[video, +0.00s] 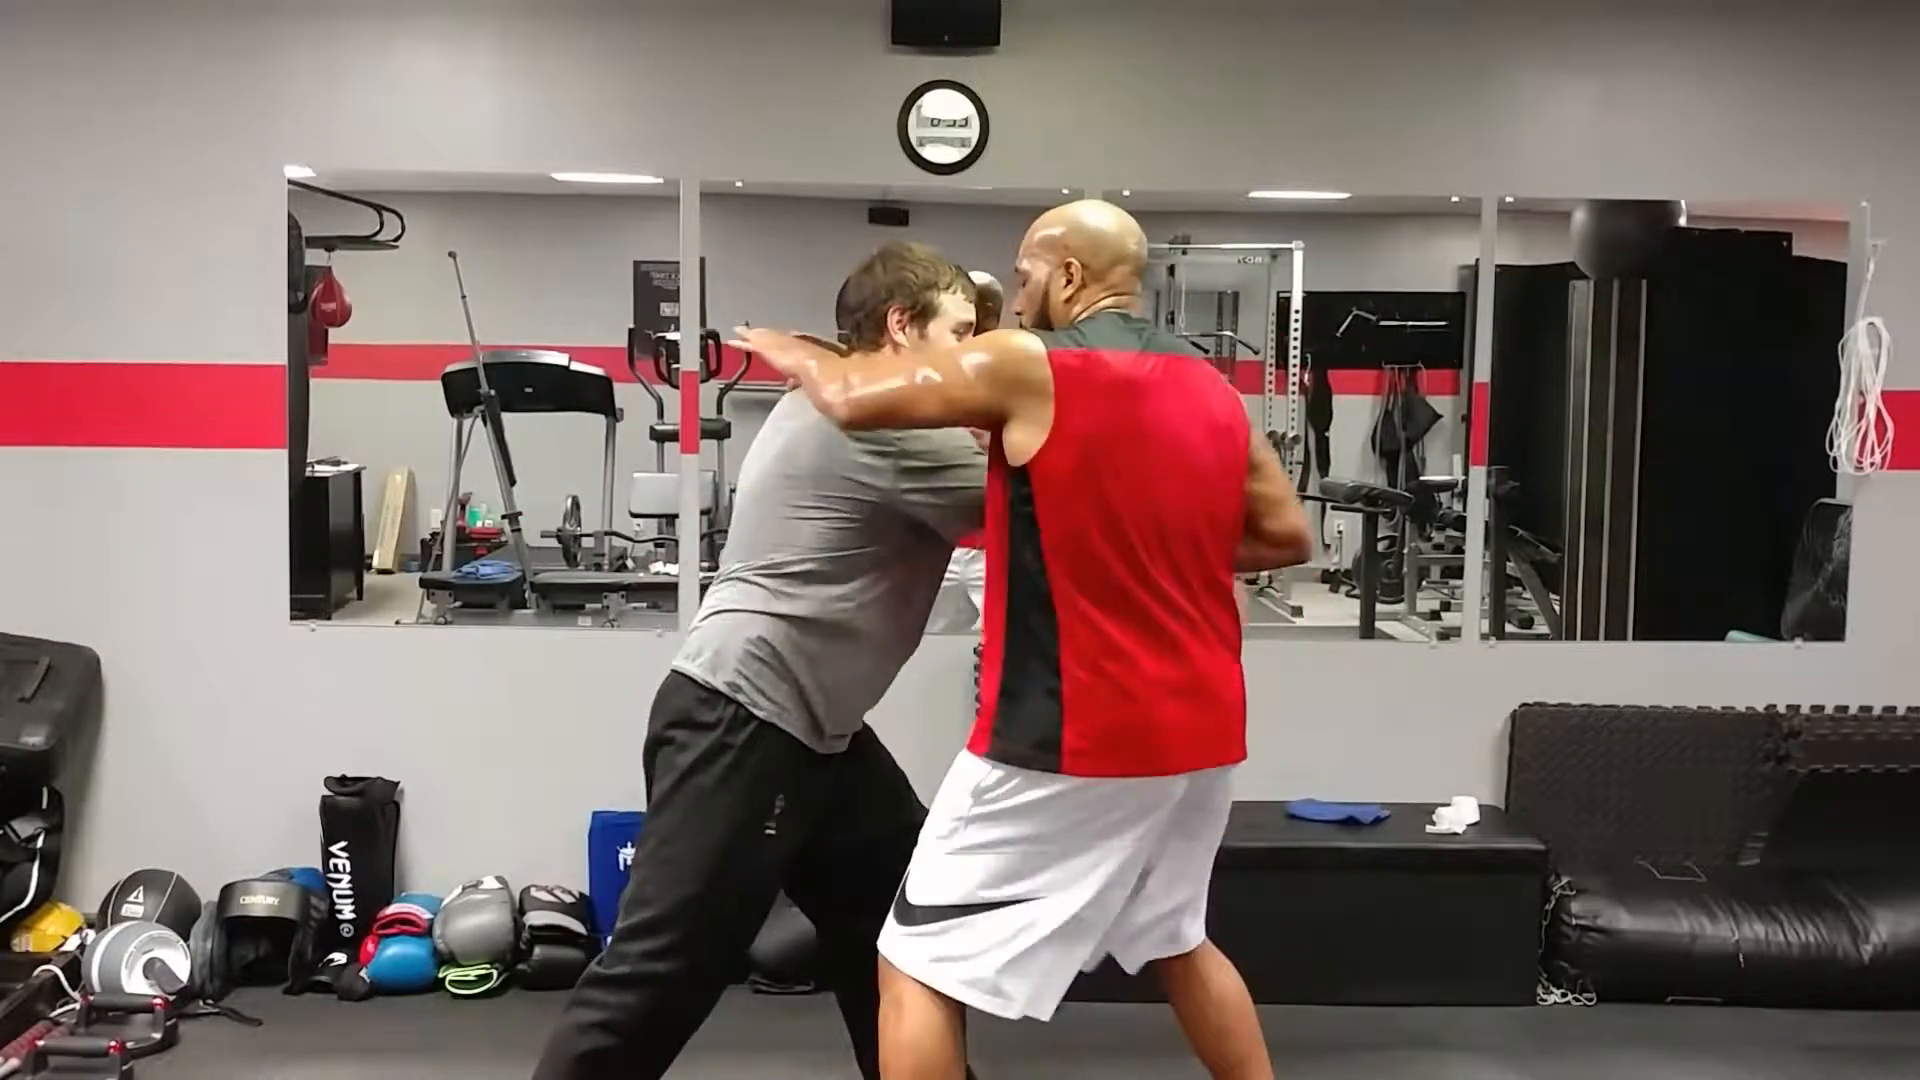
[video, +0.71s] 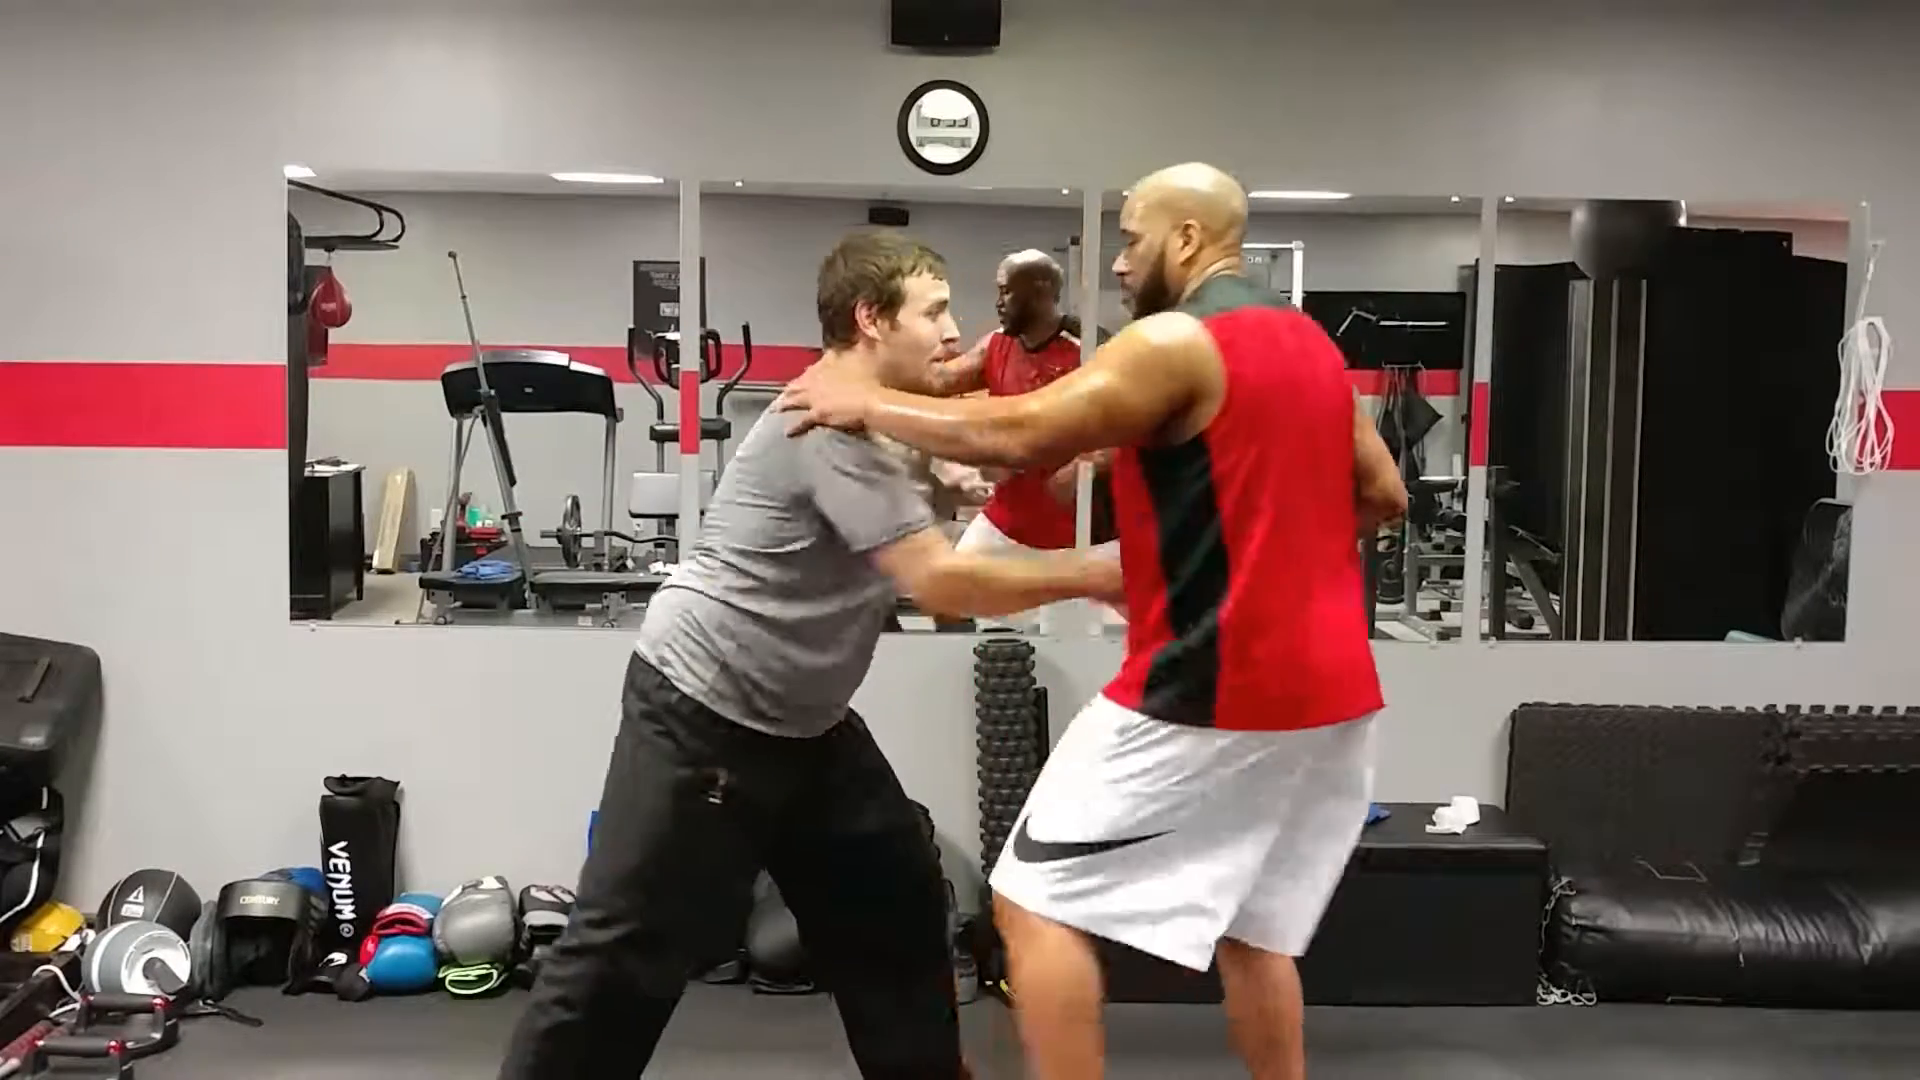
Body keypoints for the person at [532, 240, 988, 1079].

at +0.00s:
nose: (976, 355)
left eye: (977, 334)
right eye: (963, 331)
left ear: (889, 331)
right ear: (900, 329)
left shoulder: (830, 404)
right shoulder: (887, 430)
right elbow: (1036, 496)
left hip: (812, 728)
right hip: (739, 720)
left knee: (917, 939)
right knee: (656, 980)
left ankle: (915, 1073)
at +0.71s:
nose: (954, 335)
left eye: (953, 315)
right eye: (936, 313)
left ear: (871, 324)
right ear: (868, 322)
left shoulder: (889, 425)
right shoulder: (829, 426)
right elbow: (937, 583)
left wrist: (953, 488)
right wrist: (1085, 572)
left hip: (806, 721)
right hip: (698, 710)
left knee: (894, 908)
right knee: (624, 953)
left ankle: (926, 1067)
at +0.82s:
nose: (917, 330)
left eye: (915, 311)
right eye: (897, 311)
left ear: (842, 327)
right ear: (829, 322)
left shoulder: (857, 427)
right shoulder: (769, 421)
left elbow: (867, 563)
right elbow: (807, 603)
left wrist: (929, 525)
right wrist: (964, 598)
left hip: (794, 729)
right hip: (681, 718)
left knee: (890, 915)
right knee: (581, 962)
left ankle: (923, 1073)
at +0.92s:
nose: (850, 325)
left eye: (848, 305)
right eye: (828, 305)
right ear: (761, 319)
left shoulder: (810, 420)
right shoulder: (685, 424)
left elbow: (826, 554)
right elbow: (697, 605)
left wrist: (882, 483)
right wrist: (847, 581)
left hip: (761, 754)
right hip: (635, 747)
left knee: (870, 958)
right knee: (524, 987)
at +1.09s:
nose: (737, 300)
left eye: (735, 279)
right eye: (714, 277)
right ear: (643, 288)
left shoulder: (712, 402)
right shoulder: (557, 392)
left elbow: (792, 499)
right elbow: (608, 533)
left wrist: (802, 401)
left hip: (678, 732)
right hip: (543, 719)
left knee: (785, 965)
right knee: (470, 987)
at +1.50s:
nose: (718, 314)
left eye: (715, 295)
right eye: (698, 294)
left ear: (648, 309)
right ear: (629, 303)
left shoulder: (715, 414)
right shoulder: (545, 422)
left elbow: (810, 490)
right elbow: (609, 525)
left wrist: (798, 389)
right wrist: (675, 393)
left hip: (706, 752)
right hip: (554, 762)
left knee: (820, 916)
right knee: (465, 991)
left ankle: (852, 1064)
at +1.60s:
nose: (782, 309)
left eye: (778, 293)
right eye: (761, 292)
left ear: (713, 311)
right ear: (698, 310)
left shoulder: (756, 413)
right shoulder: (656, 415)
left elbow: (819, 528)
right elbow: (819, 438)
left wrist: (838, 415)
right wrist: (900, 336)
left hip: (750, 749)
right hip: (629, 755)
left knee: (868, 935)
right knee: (529, 999)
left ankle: (962, 1074)